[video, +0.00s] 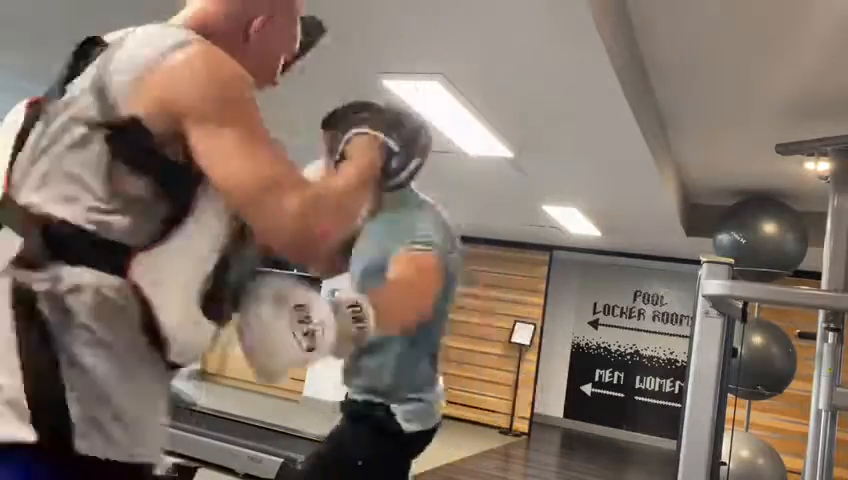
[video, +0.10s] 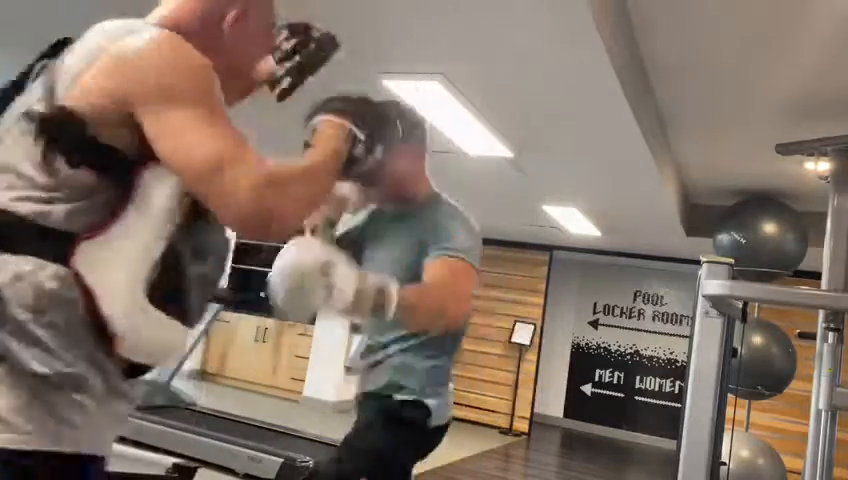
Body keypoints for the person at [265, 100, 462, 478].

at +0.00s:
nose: (326, 168)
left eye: (335, 155)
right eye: (327, 155)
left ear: (369, 157)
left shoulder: (418, 222)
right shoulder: (373, 220)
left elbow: (411, 299)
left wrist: (326, 320)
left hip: (393, 413)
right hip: (370, 403)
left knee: (316, 473)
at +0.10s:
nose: (363, 172)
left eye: (375, 157)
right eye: (360, 159)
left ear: (412, 155)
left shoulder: (447, 222)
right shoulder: (370, 222)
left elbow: (450, 304)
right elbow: (315, 273)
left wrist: (364, 292)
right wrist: (323, 219)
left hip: (412, 404)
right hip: (373, 395)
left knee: (343, 471)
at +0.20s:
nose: (388, 162)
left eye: (402, 149)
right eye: (385, 150)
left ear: (440, 151)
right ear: (381, 150)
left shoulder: (476, 220)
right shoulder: (398, 214)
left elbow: (471, 296)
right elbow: (331, 263)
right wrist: (354, 204)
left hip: (431, 396)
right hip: (394, 386)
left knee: (368, 471)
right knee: (415, 475)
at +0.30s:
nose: (403, 174)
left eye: (417, 162)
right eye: (398, 163)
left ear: (454, 163)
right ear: (393, 163)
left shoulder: (485, 227)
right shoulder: (413, 225)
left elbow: (479, 303)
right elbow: (348, 277)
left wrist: (424, 234)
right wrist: (364, 228)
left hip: (452, 401)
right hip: (414, 395)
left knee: (393, 473)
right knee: (446, 475)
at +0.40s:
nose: (410, 173)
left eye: (423, 161)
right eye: (406, 161)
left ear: (458, 162)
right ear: (401, 162)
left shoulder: (491, 221)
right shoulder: (422, 222)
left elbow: (492, 292)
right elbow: (366, 287)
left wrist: (431, 236)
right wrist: (374, 235)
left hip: (461, 394)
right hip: (420, 387)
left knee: (403, 473)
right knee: (431, 475)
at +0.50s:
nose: (412, 179)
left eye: (424, 166)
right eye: (408, 167)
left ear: (460, 169)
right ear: (404, 170)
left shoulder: (496, 232)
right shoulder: (421, 228)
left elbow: (485, 315)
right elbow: (364, 288)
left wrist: (421, 256)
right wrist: (368, 232)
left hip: (471, 400)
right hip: (429, 395)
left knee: (393, 474)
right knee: (428, 475)